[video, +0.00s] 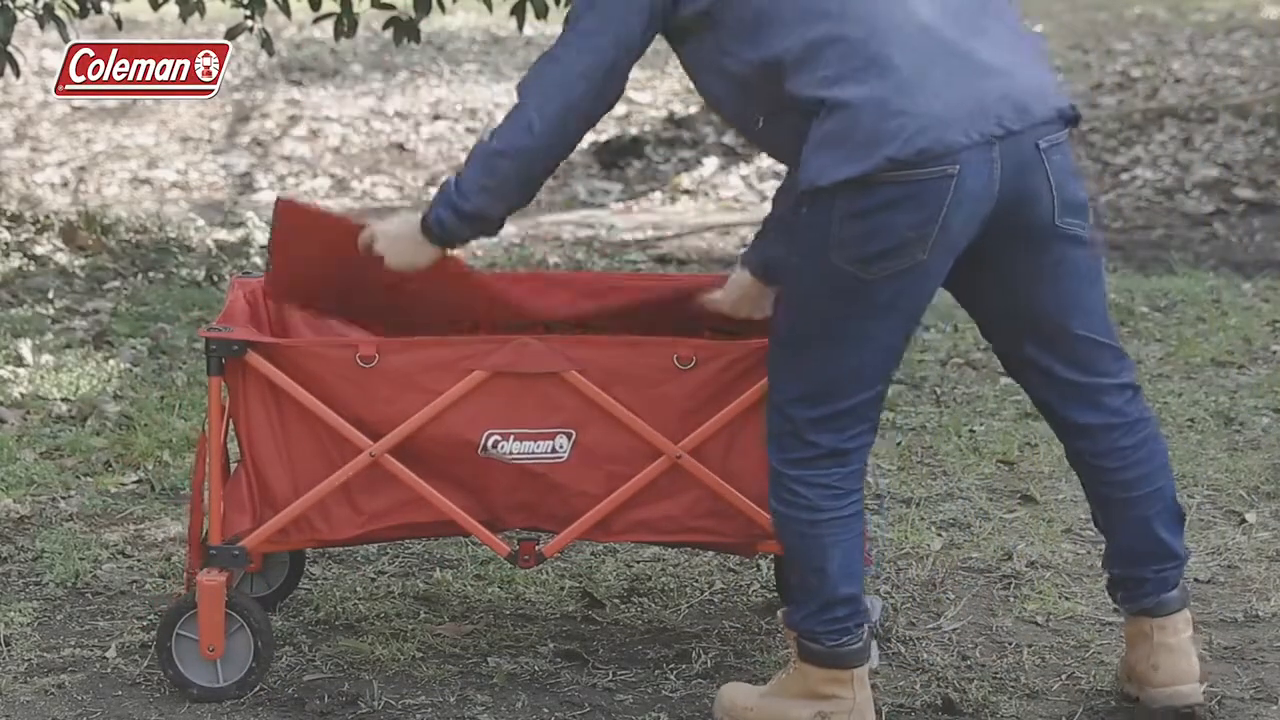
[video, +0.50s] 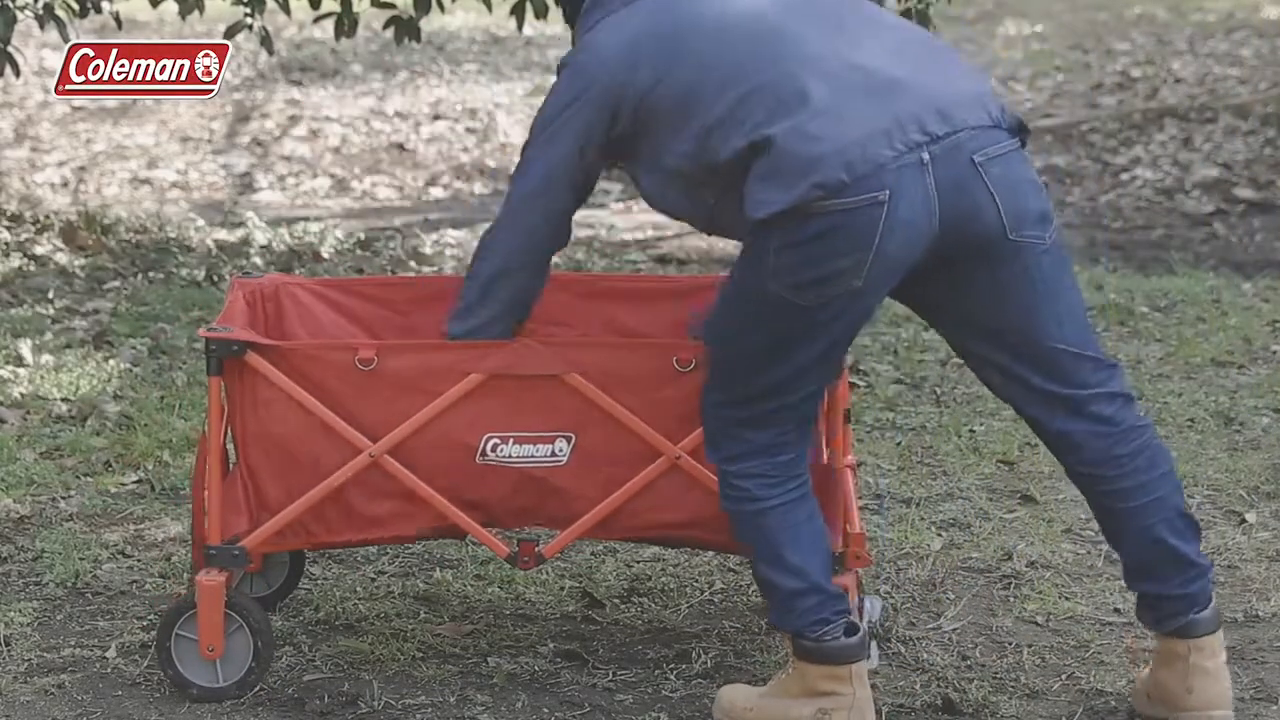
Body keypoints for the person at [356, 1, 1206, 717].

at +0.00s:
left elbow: (555, 109)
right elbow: (878, 104)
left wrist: (433, 226)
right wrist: (761, 273)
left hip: (891, 153)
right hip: (1032, 130)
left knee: (817, 442)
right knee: (1100, 393)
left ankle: (830, 681)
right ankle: (1166, 652)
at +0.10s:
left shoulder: (635, 5)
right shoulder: (804, 10)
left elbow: (541, 144)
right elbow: (832, 137)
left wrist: (425, 284)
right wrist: (749, 301)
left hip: (873, 164)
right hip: (1021, 138)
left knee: (799, 434)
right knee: (1096, 398)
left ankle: (829, 673)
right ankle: (1168, 655)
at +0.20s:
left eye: (577, 28)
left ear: (612, 6)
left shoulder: (620, 11)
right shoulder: (806, 4)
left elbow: (528, 169)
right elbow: (835, 146)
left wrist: (436, 297)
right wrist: (741, 302)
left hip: (862, 171)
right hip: (1008, 141)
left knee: (789, 436)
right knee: (1092, 399)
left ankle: (828, 671)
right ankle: (1174, 654)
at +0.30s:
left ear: (611, 3)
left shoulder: (613, 13)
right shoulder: (814, 1)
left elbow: (531, 180)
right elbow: (850, 141)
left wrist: (458, 315)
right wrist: (731, 292)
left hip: (856, 175)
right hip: (999, 145)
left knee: (777, 436)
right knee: (1087, 399)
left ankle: (827, 669)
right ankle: (1172, 651)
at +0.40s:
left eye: (577, 30)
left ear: (605, 6)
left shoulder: (611, 20)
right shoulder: (807, 5)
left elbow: (528, 196)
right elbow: (831, 168)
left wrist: (463, 328)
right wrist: (718, 310)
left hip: (847, 182)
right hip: (990, 148)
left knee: (768, 436)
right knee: (1083, 398)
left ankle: (826, 670)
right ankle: (1174, 651)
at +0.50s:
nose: (563, 44)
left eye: (563, 32)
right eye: (562, 32)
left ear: (585, 18)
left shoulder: (603, 54)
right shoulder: (789, 12)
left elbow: (517, 244)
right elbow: (838, 170)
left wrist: (457, 369)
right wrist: (734, 319)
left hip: (837, 201)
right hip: (984, 160)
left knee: (755, 443)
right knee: (1092, 403)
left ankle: (826, 668)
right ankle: (1192, 647)